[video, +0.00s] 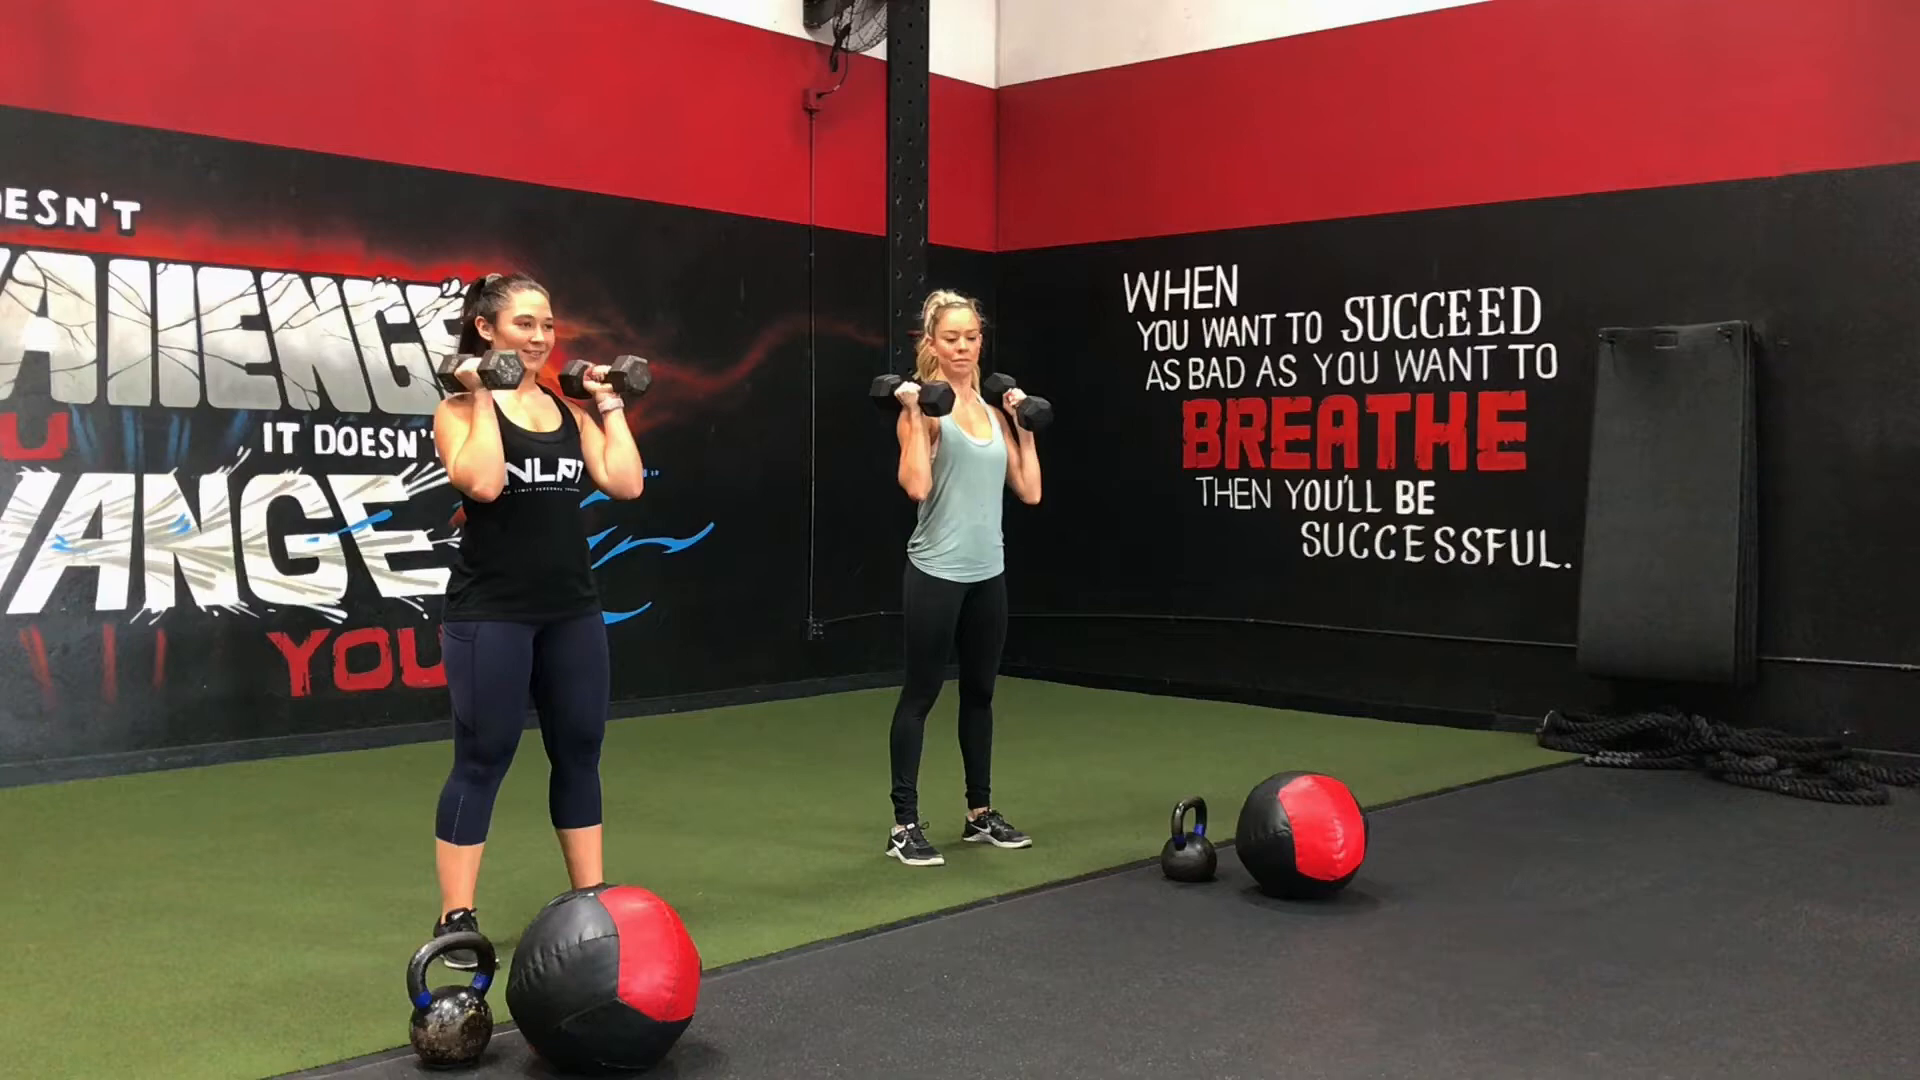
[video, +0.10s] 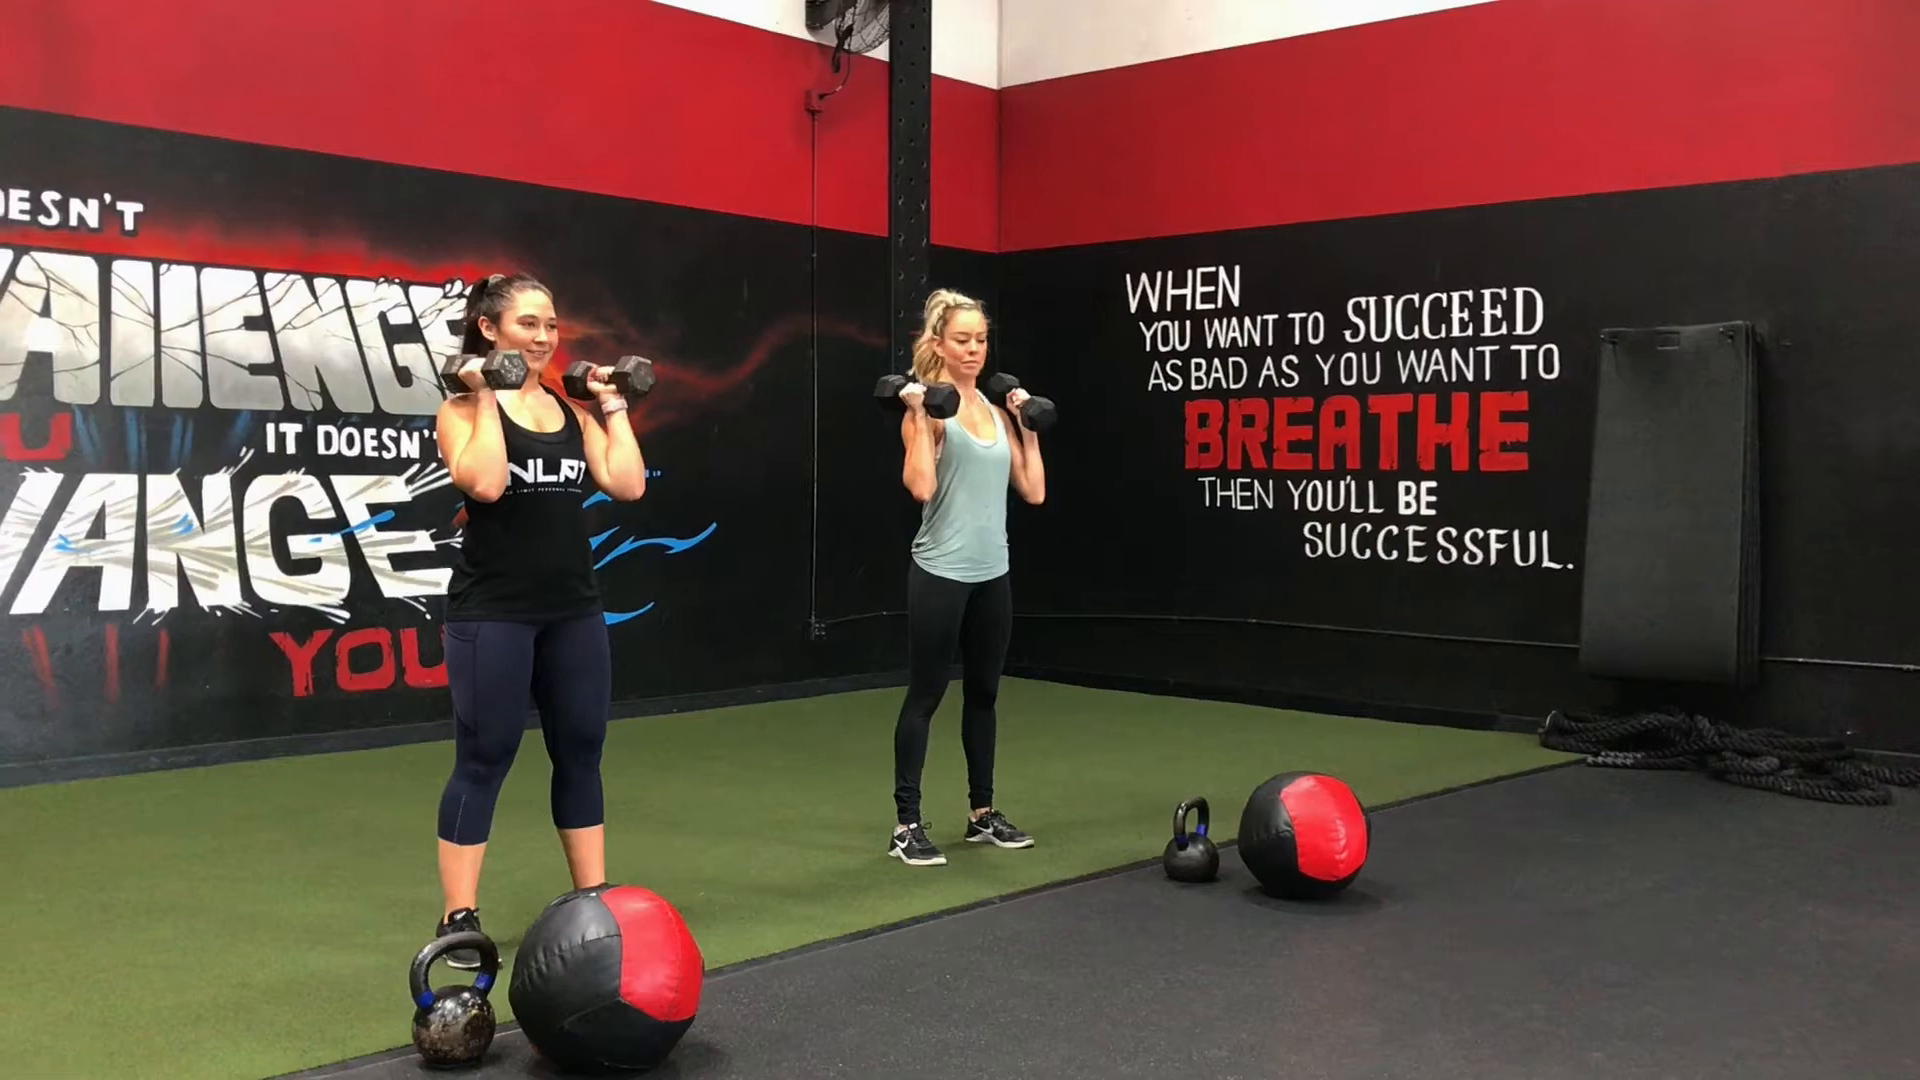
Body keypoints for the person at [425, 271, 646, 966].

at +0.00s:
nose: (540, 336)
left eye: (547, 324)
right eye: (524, 323)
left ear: (553, 332)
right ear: (484, 330)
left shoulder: (567, 409)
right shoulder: (458, 409)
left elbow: (626, 484)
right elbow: (483, 482)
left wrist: (612, 405)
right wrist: (483, 395)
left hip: (572, 607)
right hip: (490, 611)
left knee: (579, 752)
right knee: (481, 760)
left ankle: (591, 904)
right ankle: (458, 919)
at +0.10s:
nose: (543, 335)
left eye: (550, 324)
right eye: (527, 323)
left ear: (556, 333)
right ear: (487, 330)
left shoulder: (570, 410)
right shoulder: (461, 409)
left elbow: (628, 485)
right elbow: (485, 482)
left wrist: (616, 406)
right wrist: (487, 395)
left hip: (573, 607)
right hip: (492, 611)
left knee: (581, 752)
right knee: (484, 758)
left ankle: (593, 904)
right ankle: (460, 918)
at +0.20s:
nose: (552, 333)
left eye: (558, 322)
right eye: (536, 321)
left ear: (563, 333)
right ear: (496, 330)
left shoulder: (573, 410)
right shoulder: (466, 408)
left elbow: (630, 489)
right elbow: (489, 484)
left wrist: (622, 410)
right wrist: (494, 397)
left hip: (570, 608)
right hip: (489, 610)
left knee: (582, 753)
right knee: (484, 758)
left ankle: (595, 906)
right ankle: (462, 920)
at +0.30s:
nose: (566, 351)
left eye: (571, 340)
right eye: (550, 338)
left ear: (575, 349)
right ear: (508, 347)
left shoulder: (582, 427)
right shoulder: (475, 422)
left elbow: (635, 506)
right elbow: (499, 504)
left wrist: (629, 428)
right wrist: (504, 417)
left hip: (559, 616)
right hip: (477, 616)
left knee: (601, 741)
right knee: (489, 753)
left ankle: (596, 903)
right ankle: (463, 922)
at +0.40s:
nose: (574, 417)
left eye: (580, 405)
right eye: (560, 405)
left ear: (589, 411)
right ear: (519, 411)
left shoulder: (588, 480)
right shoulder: (485, 482)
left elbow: (637, 571)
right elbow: (507, 575)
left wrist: (637, 492)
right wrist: (510, 480)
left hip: (548, 652)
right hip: (467, 654)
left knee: (628, 751)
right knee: (493, 771)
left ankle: (595, 907)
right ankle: (463, 926)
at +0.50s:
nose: (585, 490)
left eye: (589, 477)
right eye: (568, 477)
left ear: (595, 483)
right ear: (527, 487)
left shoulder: (595, 549)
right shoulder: (491, 551)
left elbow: (633, 648)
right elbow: (507, 656)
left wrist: (641, 570)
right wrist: (514, 562)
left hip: (544, 699)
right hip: (464, 703)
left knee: (643, 764)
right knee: (501, 786)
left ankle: (596, 908)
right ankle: (464, 925)